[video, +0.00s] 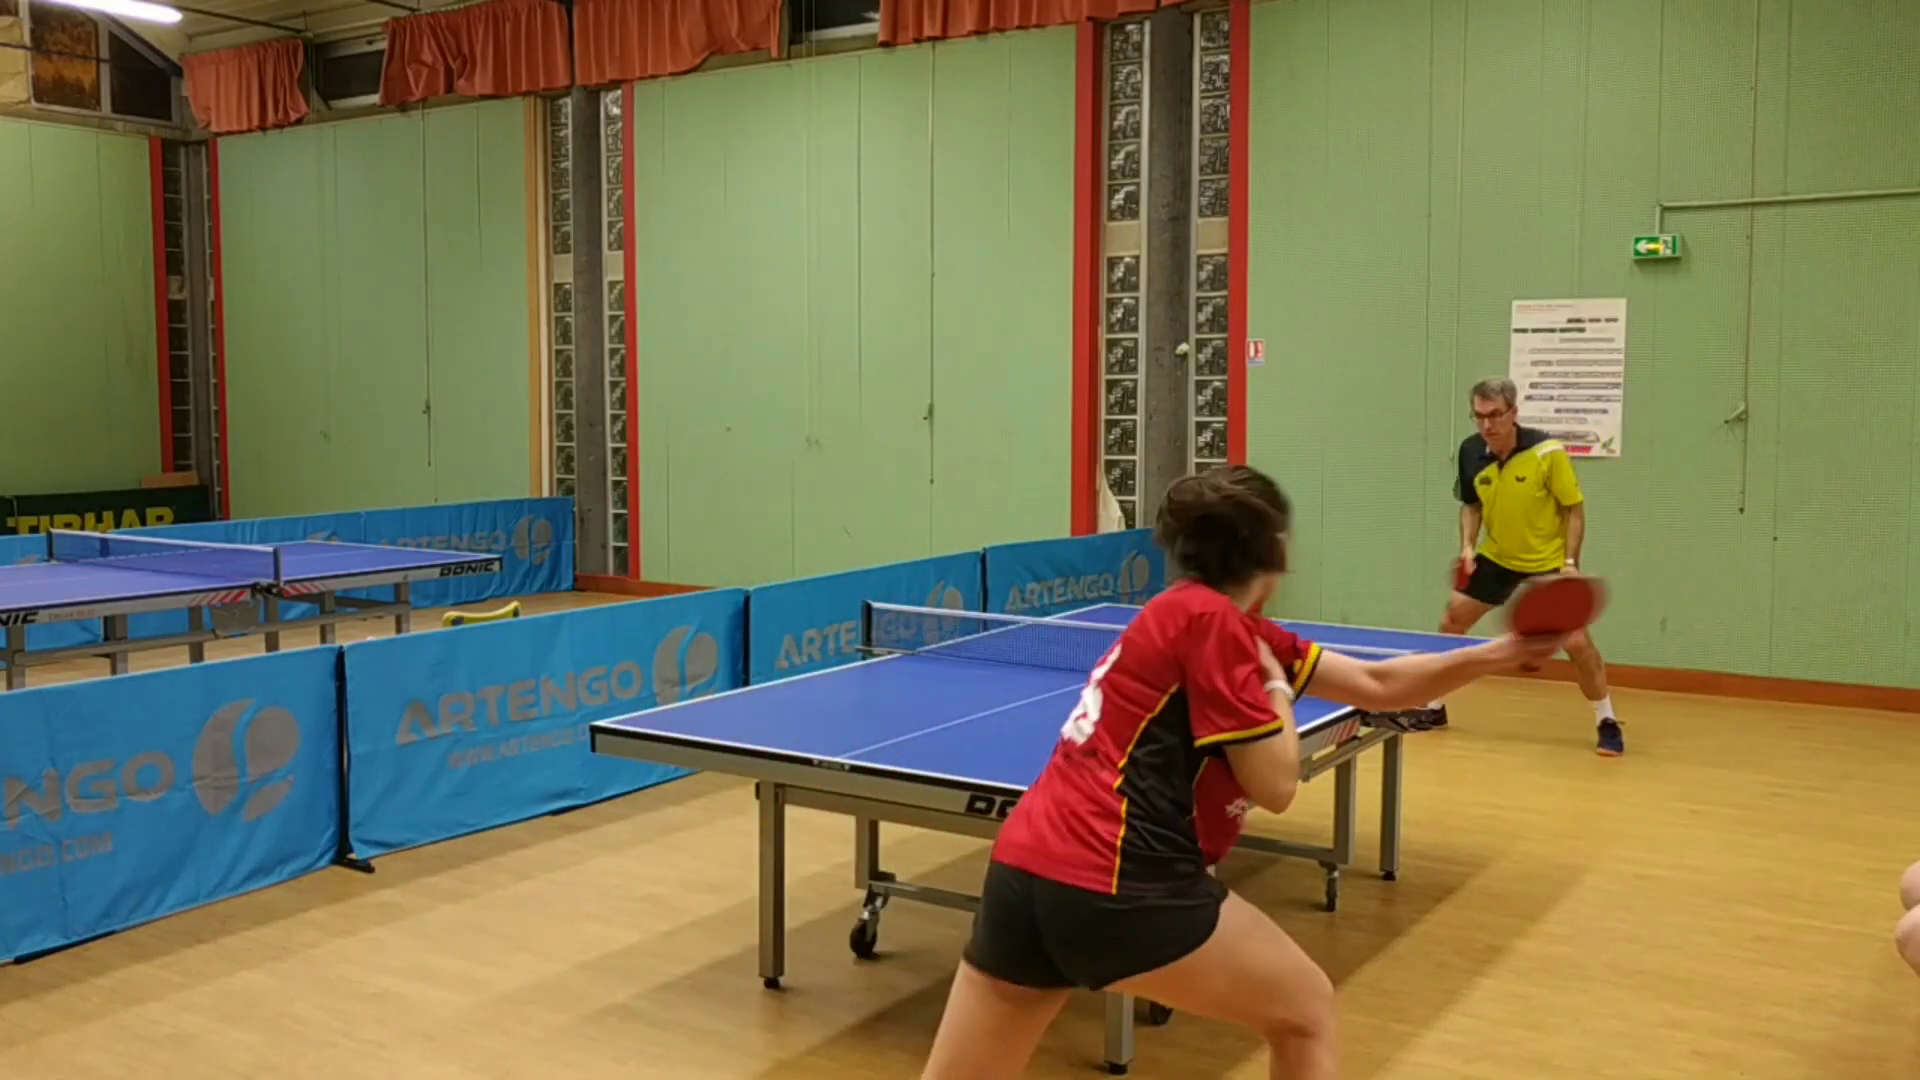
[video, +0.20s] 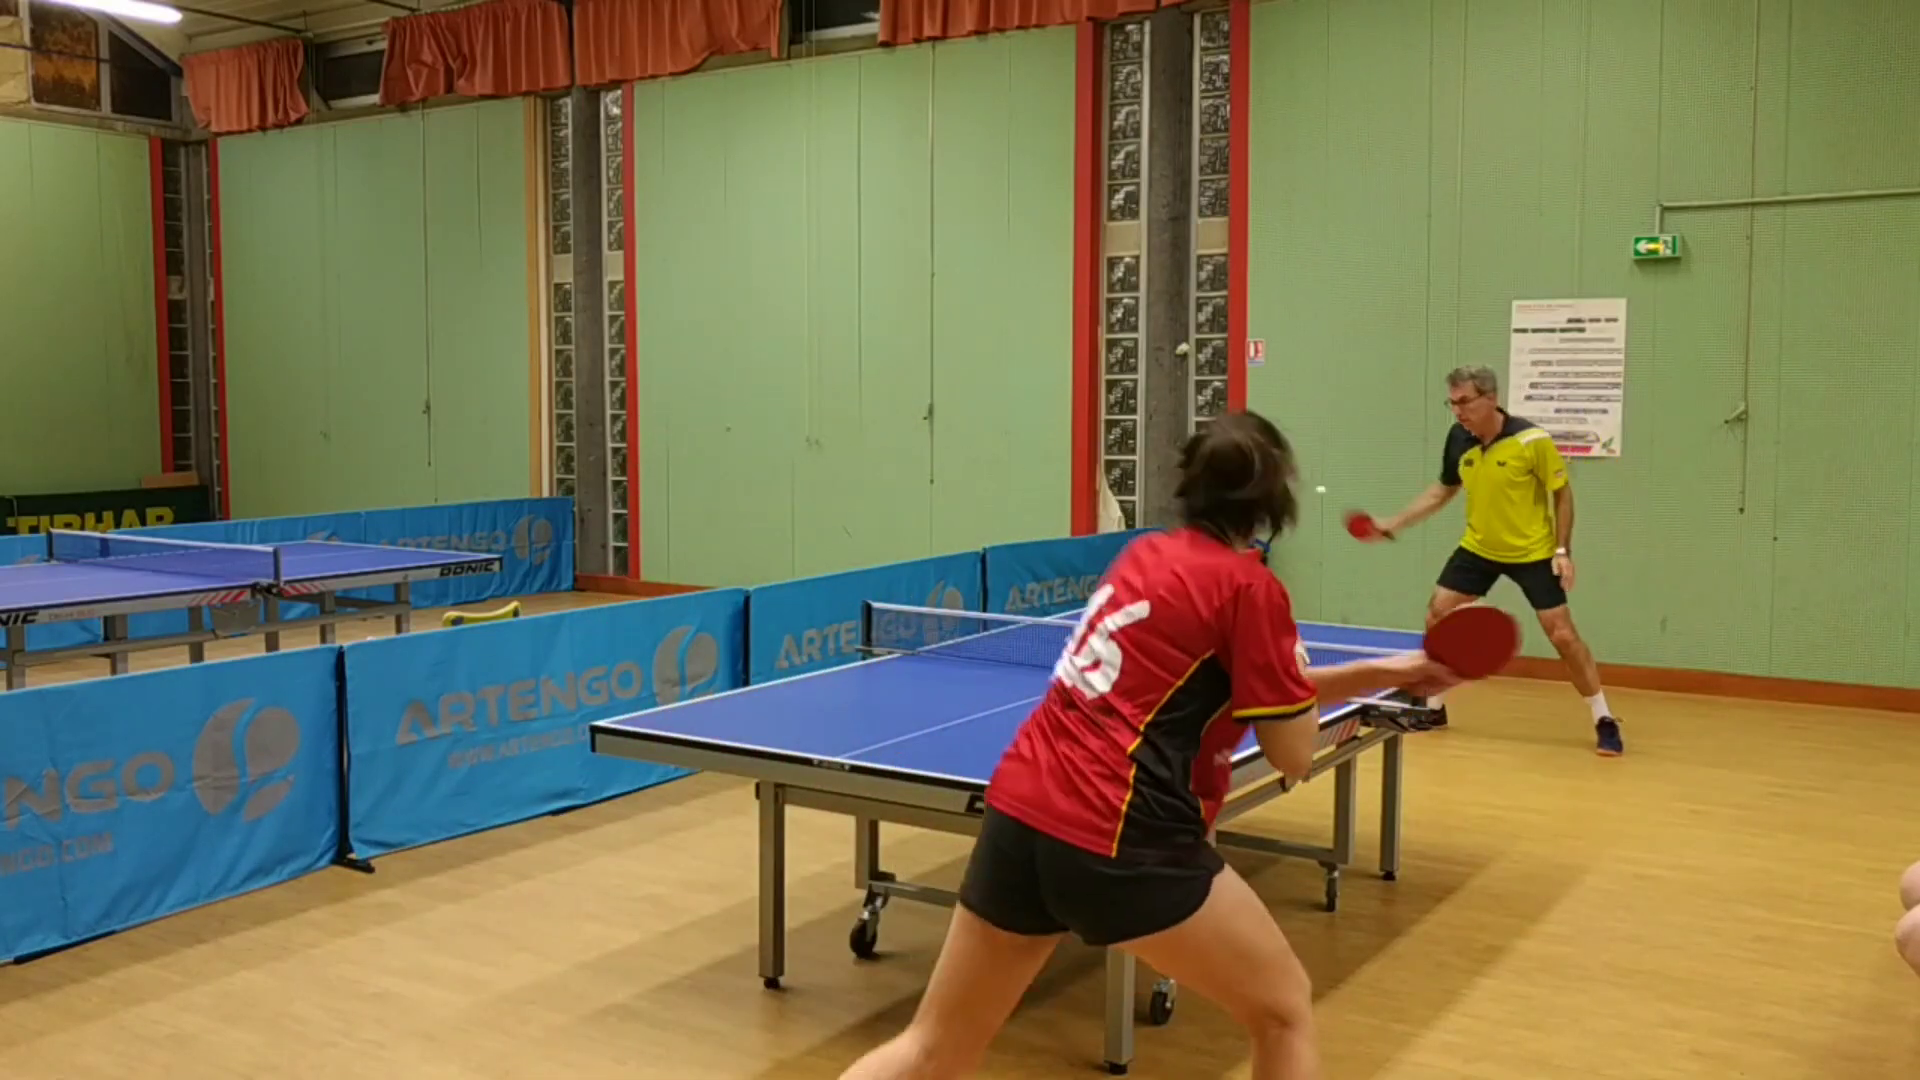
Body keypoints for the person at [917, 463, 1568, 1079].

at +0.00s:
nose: (1287, 550)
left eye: (1283, 535)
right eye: (1283, 537)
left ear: (1192, 548)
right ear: (1267, 549)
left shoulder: (1193, 612)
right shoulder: (1216, 626)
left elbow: (1378, 685)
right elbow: (1274, 787)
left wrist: (1499, 655)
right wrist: (1274, 693)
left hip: (1023, 877)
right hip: (1123, 890)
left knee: (954, 1074)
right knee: (1306, 1010)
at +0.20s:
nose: (1288, 494)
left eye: (1285, 479)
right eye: (1284, 481)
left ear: (1190, 484)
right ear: (1270, 496)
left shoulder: (1144, 554)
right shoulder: (1247, 586)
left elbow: (1254, 680)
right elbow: (1295, 759)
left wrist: (1393, 672)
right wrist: (1283, 701)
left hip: (1015, 818)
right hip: (1121, 844)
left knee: (932, 1046)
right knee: (1283, 1013)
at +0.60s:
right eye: (1038, 439)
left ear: (958, 455)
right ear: (1040, 452)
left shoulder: (915, 558)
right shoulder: (1106, 549)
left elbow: (858, 708)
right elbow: (1190, 673)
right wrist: (1124, 660)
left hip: (953, 842)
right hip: (1083, 845)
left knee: (850, 1010)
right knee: (1173, 998)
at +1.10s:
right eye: (1305, 493)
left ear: (1226, 498)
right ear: (1297, 505)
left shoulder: (1180, 563)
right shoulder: (1297, 564)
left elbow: (1331, 657)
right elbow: (1347, 712)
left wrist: (1453, 622)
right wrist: (1319, 719)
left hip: (1095, 793)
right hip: (1211, 808)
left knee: (975, 1011)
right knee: (1299, 983)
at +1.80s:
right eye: (978, 376)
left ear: (899, 391)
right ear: (982, 390)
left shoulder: (861, 492)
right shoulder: (1039, 493)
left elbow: (809, 620)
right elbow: (1110, 626)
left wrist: (875, 573)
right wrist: (1040, 572)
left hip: (898, 774)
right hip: (1015, 771)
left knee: (865, 970)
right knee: (1099, 956)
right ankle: (1198, 1074)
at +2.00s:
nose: (782, 347)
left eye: (784, 337)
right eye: (785, 336)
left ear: (794, 348)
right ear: (876, 346)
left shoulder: (768, 452)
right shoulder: (927, 443)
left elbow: (741, 611)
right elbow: (972, 572)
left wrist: (698, 663)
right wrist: (896, 606)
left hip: (841, 734)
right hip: (933, 726)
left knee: (843, 968)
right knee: (869, 901)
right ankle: (965, 1069)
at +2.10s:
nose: (719, 340)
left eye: (722, 327)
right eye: (722, 326)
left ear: (741, 342)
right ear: (806, 339)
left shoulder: (736, 448)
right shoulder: (853, 431)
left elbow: (727, 598)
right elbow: (902, 537)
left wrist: (660, 668)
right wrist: (851, 618)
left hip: (811, 729)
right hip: (875, 714)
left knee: (842, 967)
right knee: (744, 897)